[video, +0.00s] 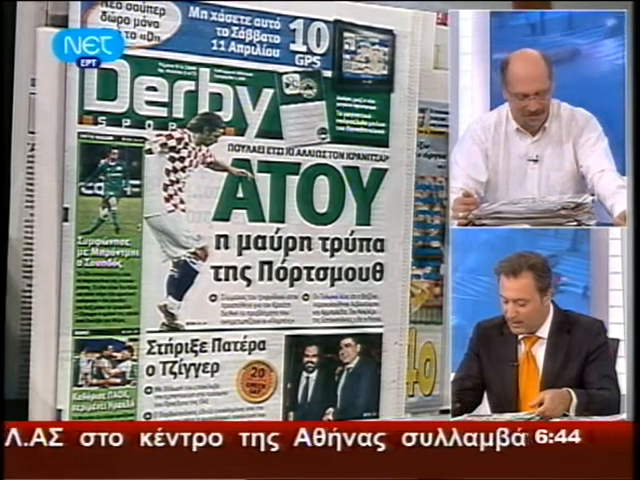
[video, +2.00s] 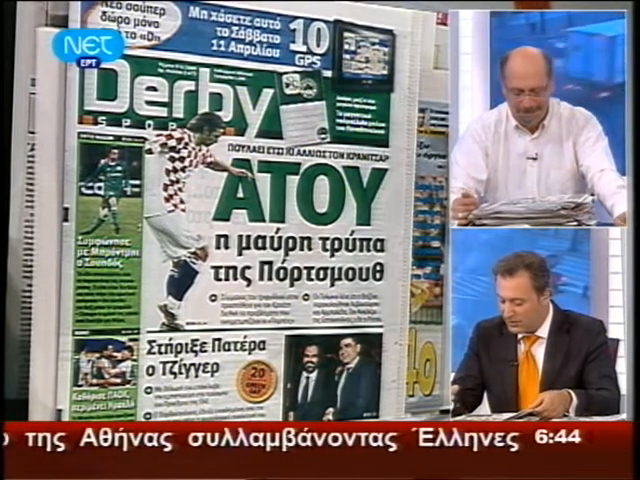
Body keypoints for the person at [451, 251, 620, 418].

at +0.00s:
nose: (510, 313)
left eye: (521, 303)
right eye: (505, 302)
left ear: (547, 297)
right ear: (500, 297)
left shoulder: (588, 333)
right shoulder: (487, 335)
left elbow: (610, 401)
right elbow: (460, 400)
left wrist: (569, 399)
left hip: (570, 452)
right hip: (505, 450)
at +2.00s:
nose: (507, 312)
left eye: (518, 303)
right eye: (502, 302)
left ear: (545, 297)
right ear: (497, 297)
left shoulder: (588, 332)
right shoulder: (486, 334)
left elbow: (610, 402)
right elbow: (463, 401)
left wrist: (569, 400)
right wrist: (450, 397)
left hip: (569, 452)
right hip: (504, 451)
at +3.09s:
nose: (508, 312)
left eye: (518, 302)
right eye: (503, 301)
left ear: (545, 296)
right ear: (498, 296)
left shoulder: (588, 333)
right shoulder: (486, 334)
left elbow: (610, 402)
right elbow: (464, 399)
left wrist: (569, 400)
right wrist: (451, 399)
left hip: (569, 452)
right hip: (504, 450)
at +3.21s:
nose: (508, 312)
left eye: (518, 303)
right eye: (503, 302)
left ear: (545, 296)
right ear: (498, 297)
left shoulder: (588, 333)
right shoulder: (487, 334)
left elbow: (610, 402)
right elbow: (464, 399)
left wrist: (569, 400)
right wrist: (452, 399)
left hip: (569, 452)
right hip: (505, 450)